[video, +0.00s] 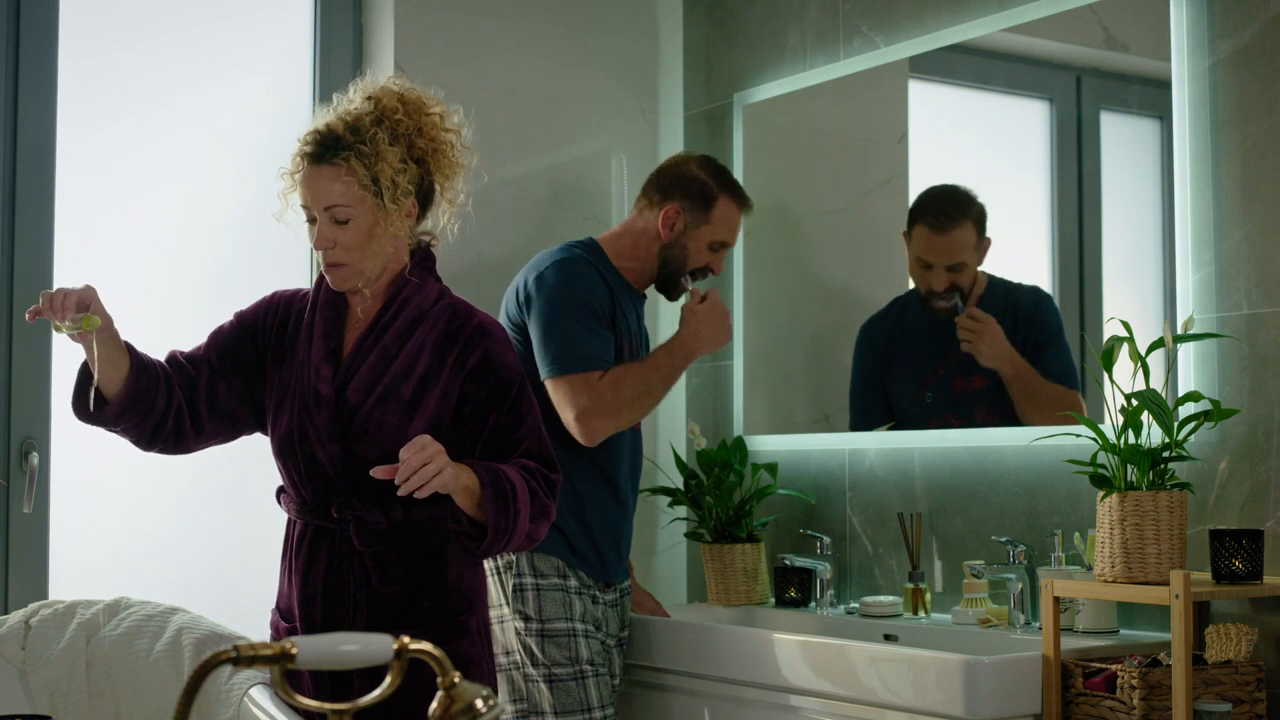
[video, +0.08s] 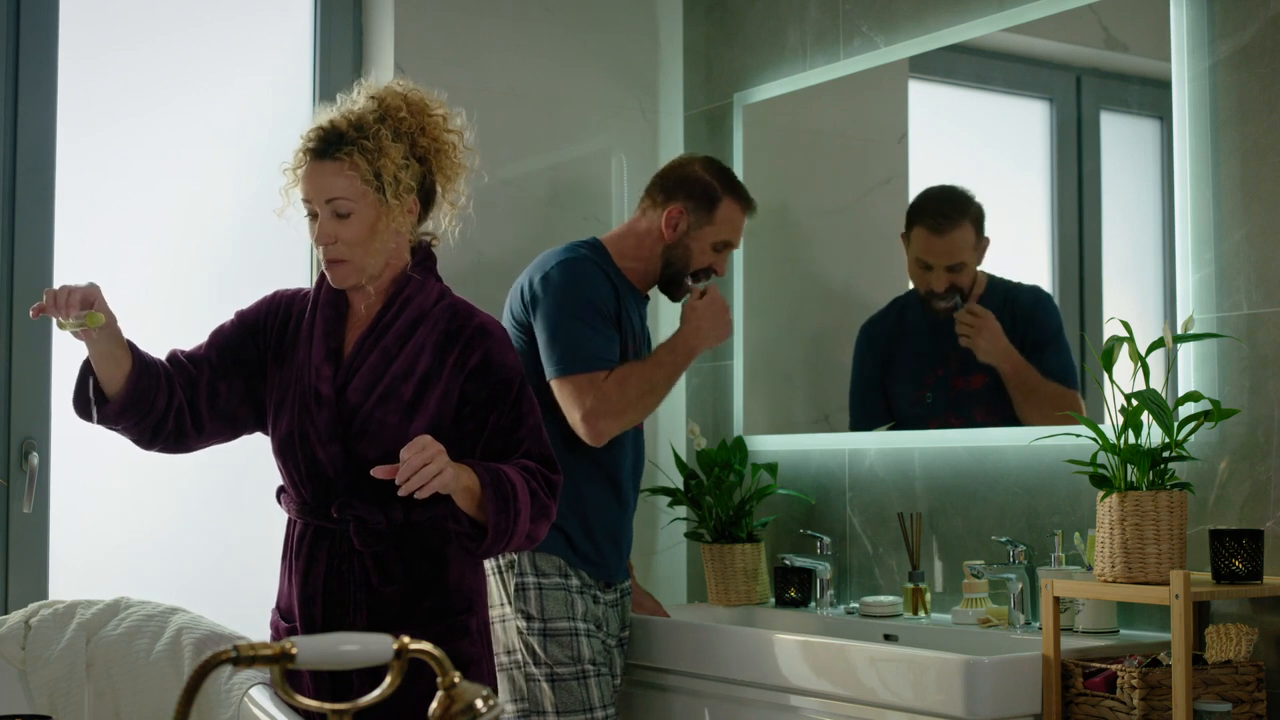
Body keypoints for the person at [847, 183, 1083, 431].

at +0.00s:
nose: (939, 284)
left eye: (956, 269)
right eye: (925, 266)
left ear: (983, 250)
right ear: (907, 246)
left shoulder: (1031, 311)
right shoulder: (880, 335)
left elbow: (1069, 424)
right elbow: (867, 447)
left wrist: (1007, 361)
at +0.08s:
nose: (939, 285)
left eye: (955, 269)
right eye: (924, 267)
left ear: (982, 250)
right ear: (906, 246)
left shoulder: (1031, 311)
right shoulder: (880, 335)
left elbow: (1068, 424)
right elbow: (867, 447)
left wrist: (1005, 357)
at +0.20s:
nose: (945, 276)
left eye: (959, 257)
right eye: (929, 259)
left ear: (979, 240)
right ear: (904, 248)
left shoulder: (1030, 310)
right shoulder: (878, 336)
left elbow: (1068, 425)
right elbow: (868, 450)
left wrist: (1004, 360)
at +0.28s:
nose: (951, 270)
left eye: (962, 251)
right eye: (933, 255)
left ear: (978, 235)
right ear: (904, 249)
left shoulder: (1029, 309)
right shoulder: (878, 336)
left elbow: (1068, 424)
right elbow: (867, 451)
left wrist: (1003, 357)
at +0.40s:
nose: (956, 264)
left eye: (966, 244)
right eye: (937, 249)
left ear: (978, 233)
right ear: (906, 248)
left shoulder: (1028, 308)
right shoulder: (877, 337)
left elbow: (1067, 425)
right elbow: (868, 453)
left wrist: (1005, 357)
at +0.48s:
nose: (958, 261)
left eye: (968, 242)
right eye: (940, 247)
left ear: (979, 232)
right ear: (906, 246)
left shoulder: (1029, 309)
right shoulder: (877, 337)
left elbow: (1067, 425)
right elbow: (869, 452)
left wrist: (1006, 355)